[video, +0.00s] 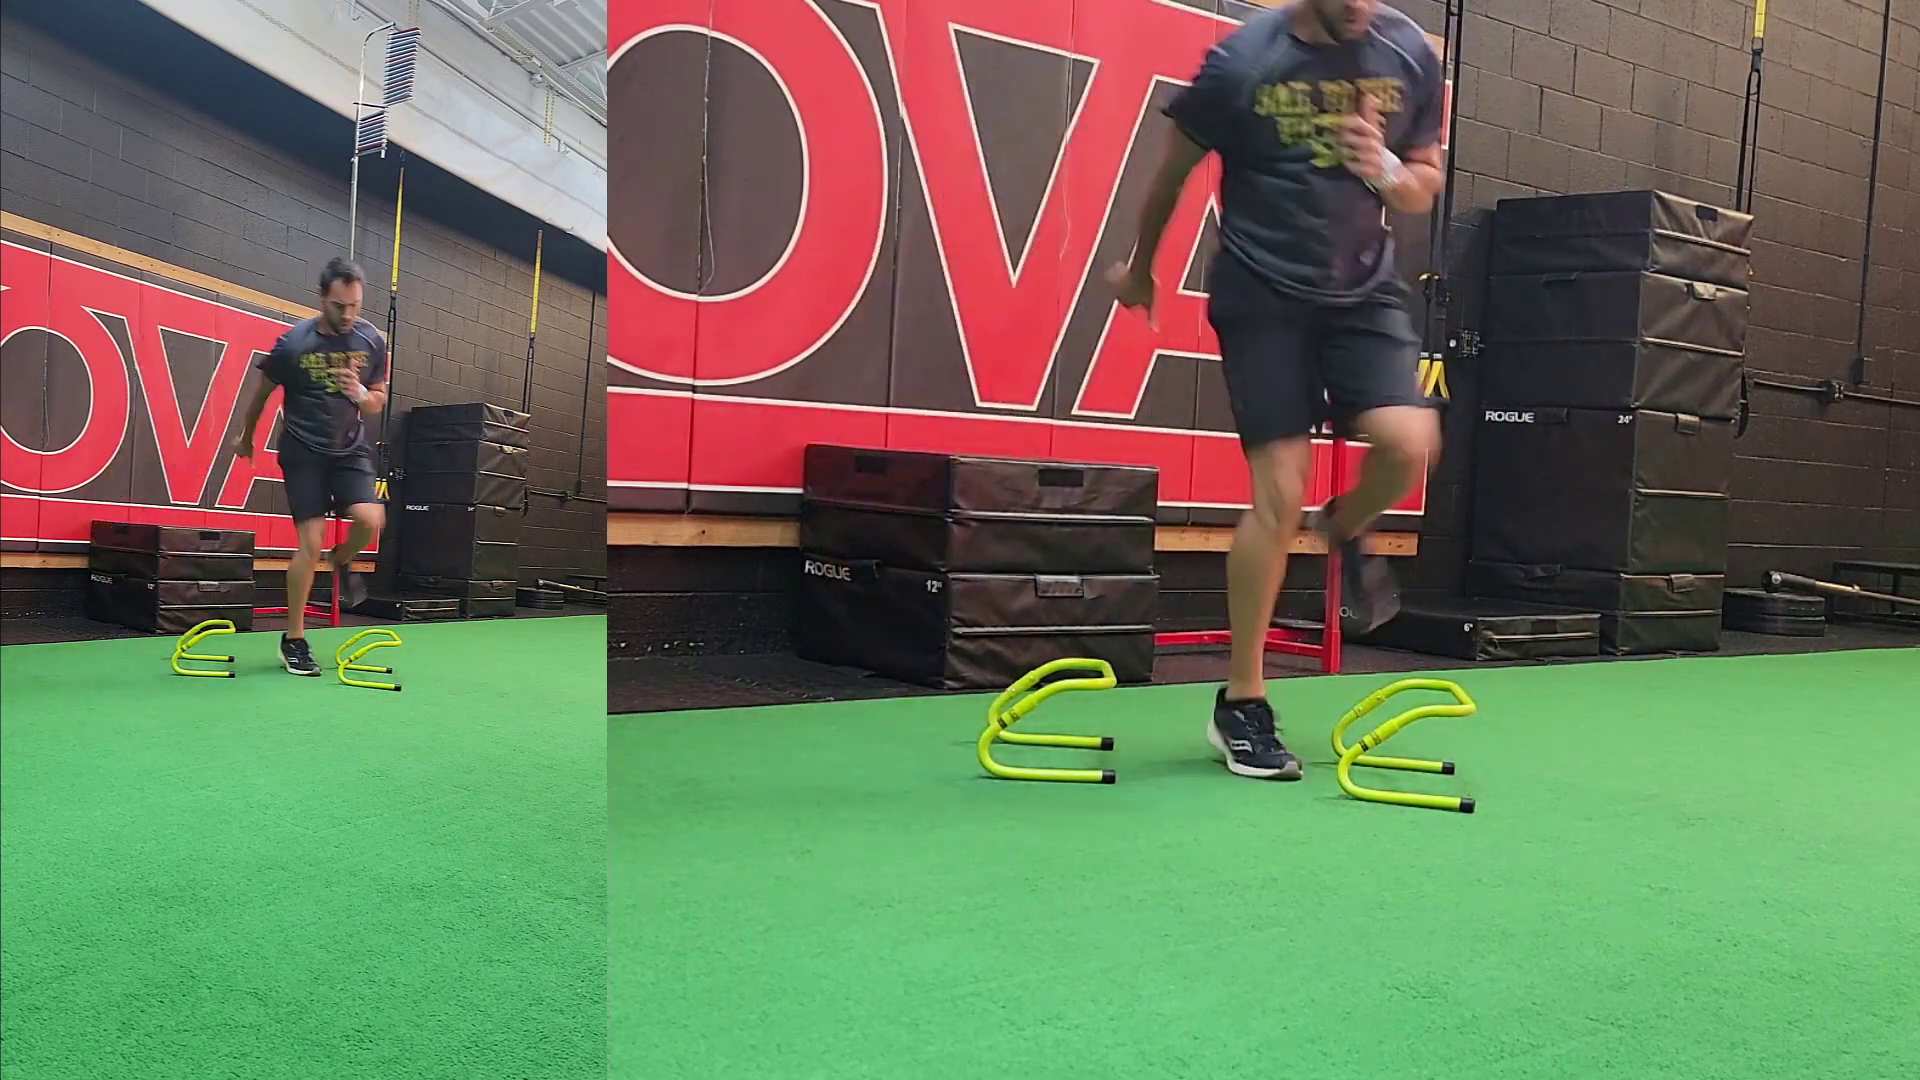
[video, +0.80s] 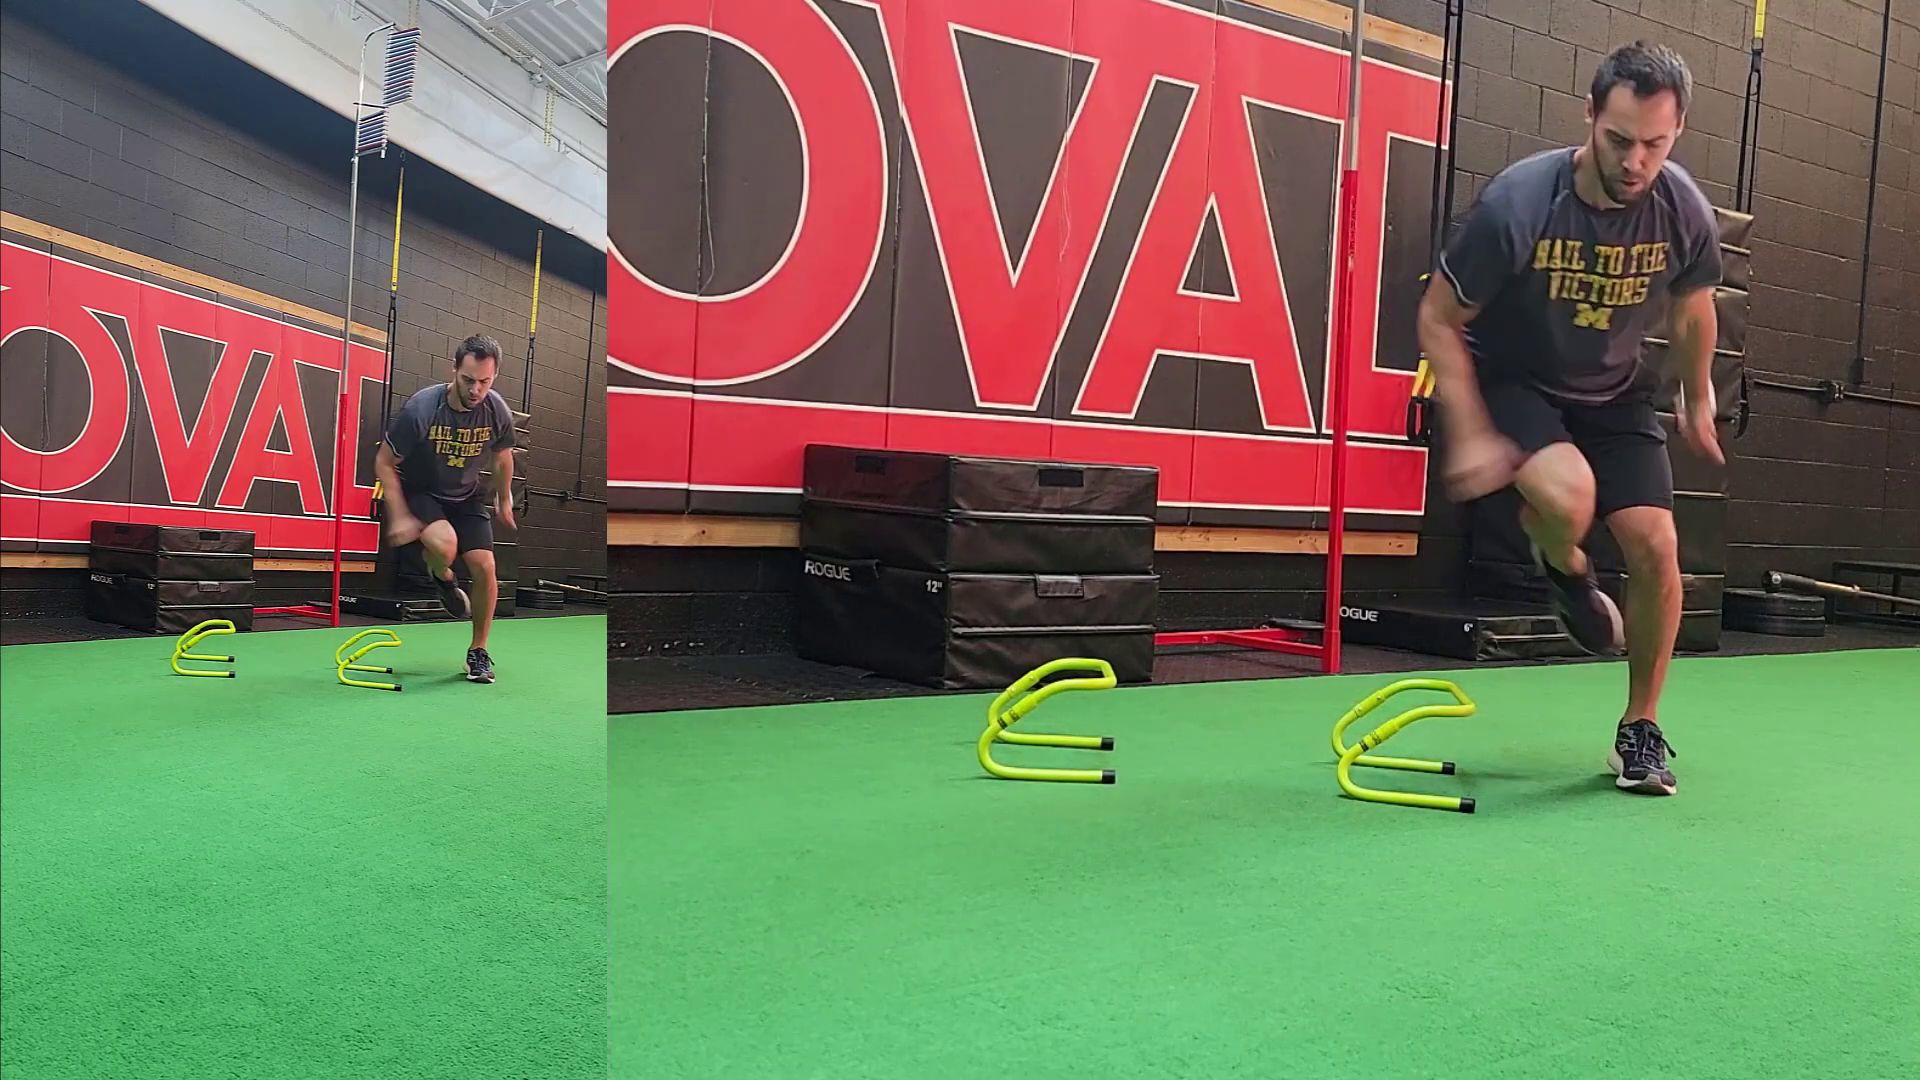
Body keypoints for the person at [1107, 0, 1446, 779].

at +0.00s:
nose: (1365, 5)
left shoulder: (1413, 56)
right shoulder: (1242, 62)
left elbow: (1427, 189)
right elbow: (1172, 167)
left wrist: (1390, 174)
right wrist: (1140, 266)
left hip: (1369, 293)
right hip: (1264, 296)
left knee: (1409, 448)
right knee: (1281, 500)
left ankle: (1338, 531)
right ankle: (1243, 701)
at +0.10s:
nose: (1430, 17)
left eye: (1441, 3)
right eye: (1413, 3)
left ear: (1452, 3)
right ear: (1367, 0)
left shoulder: (1467, 70)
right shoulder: (1303, 94)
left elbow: (1479, 201)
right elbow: (1233, 202)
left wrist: (1447, 187)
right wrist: (1184, 320)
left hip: (1427, 308)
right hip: (1323, 330)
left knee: (1520, 427)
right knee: (1311, 522)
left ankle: (1486, 555)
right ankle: (1247, 711)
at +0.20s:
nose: (1489, 27)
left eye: (1501, 12)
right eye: (1472, 10)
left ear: (1514, 11)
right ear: (1432, 6)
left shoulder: (1528, 66)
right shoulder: (1363, 93)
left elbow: (1538, 174)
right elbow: (1305, 224)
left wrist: (1536, 246)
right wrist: (1307, 365)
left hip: (1487, 297)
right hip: (1385, 307)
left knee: (1554, 465)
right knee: (1393, 471)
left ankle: (1611, 656)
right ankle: (1293, 639)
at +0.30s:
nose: (1552, 80)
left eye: (1565, 61)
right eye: (1532, 62)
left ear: (1578, 44)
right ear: (1488, 45)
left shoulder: (1589, 121)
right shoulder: (1426, 144)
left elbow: (1603, 227)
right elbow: (1379, 284)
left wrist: (1615, 342)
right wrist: (1465, 343)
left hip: (1552, 341)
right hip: (1445, 340)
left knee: (1587, 519)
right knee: (1481, 480)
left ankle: (1632, 716)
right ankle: (1435, 494)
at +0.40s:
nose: (1604, 148)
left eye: (1617, 129)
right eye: (1587, 128)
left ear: (1630, 114)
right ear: (1546, 104)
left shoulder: (1641, 172)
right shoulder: (1478, 197)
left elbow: (1650, 251)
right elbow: (1460, 356)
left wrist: (1639, 326)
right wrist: (1562, 307)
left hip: (1593, 385)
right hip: (1487, 389)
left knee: (1631, 533)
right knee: (1542, 507)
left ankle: (1640, 725)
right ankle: (1543, 542)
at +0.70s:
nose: (1645, 176)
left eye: (1663, 157)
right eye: (1628, 155)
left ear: (1680, 139)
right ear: (1592, 130)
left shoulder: (1692, 197)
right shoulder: (1524, 220)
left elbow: (1692, 251)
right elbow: (1474, 364)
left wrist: (1674, 297)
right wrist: (1586, 365)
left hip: (1627, 386)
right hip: (1524, 393)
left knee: (1660, 541)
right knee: (1602, 516)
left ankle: (1642, 725)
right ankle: (1595, 586)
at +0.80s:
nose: (1635, 162)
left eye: (1653, 145)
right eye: (1620, 140)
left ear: (1675, 134)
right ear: (1589, 120)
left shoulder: (1685, 212)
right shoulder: (1515, 203)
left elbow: (1694, 306)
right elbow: (1437, 319)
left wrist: (1698, 399)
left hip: (1617, 393)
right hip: (1515, 383)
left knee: (1654, 543)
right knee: (1568, 500)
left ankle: (1641, 727)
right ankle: (1563, 571)